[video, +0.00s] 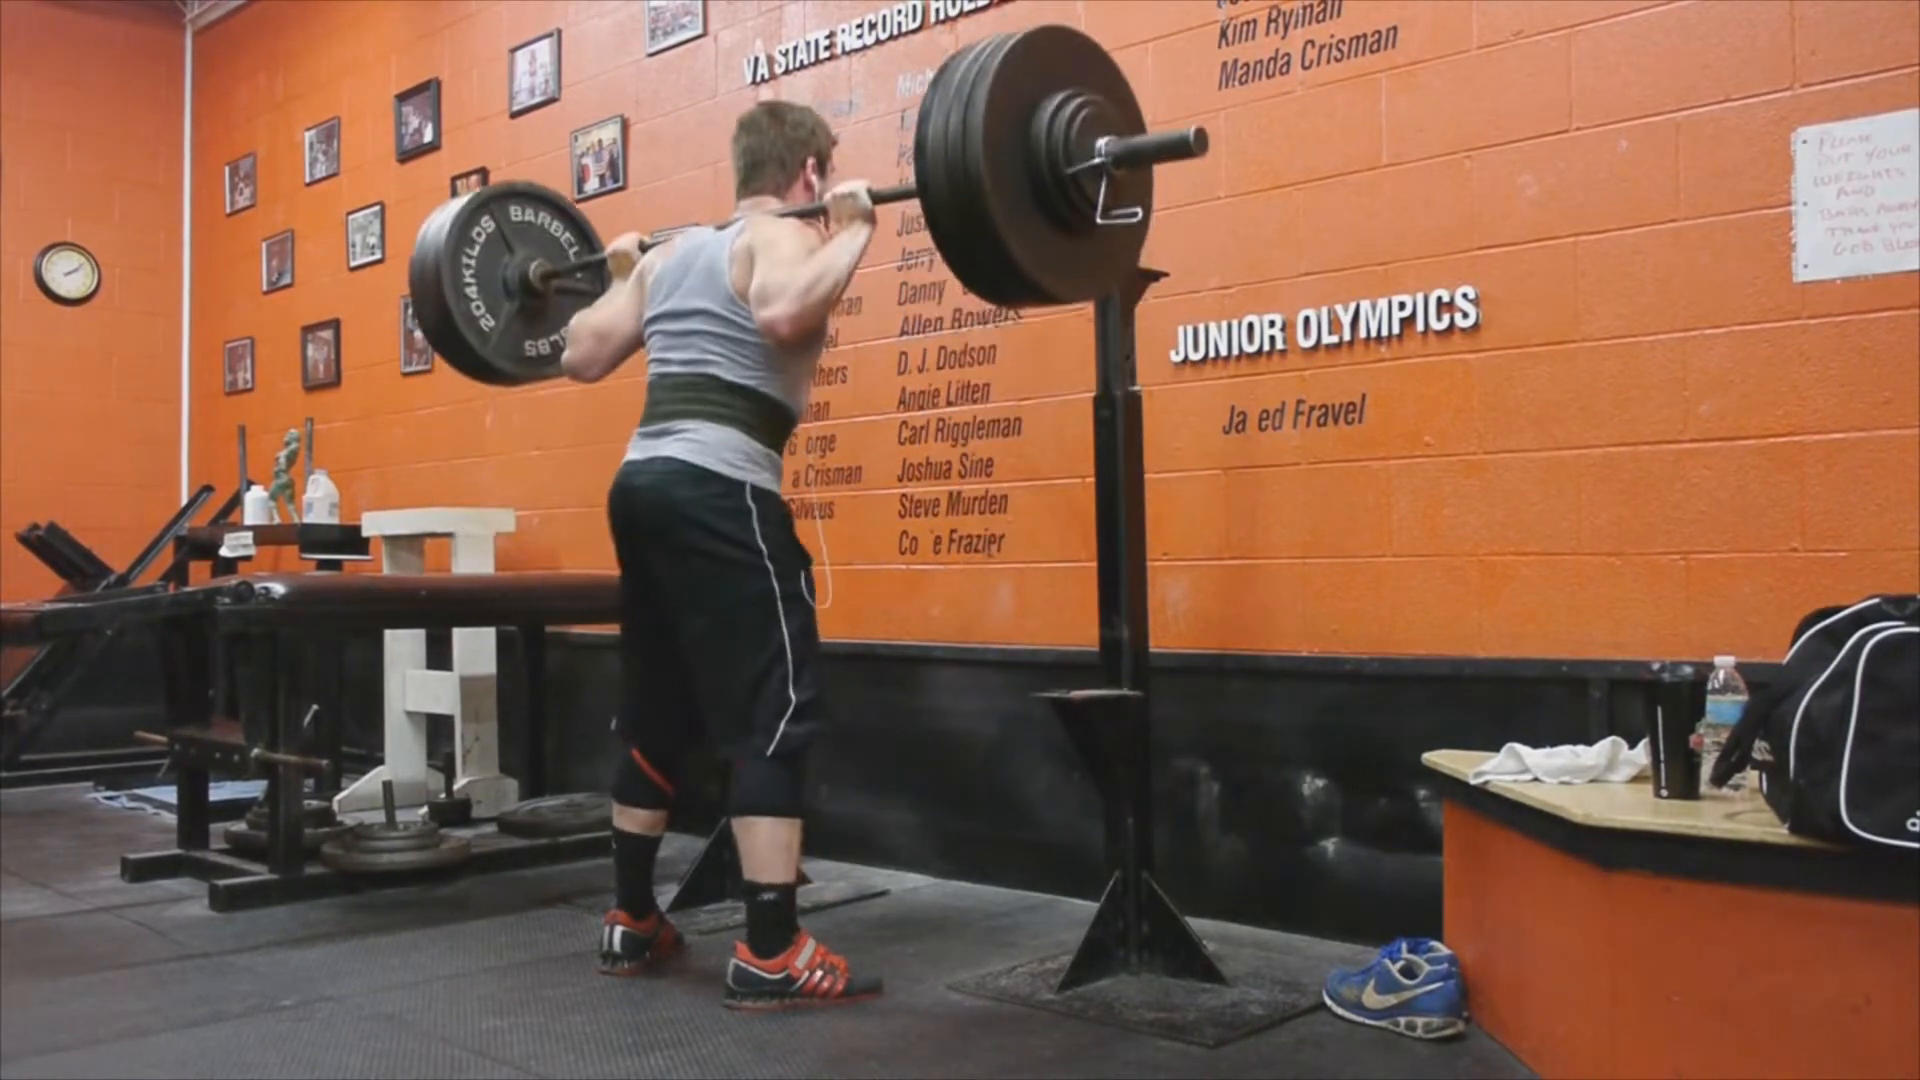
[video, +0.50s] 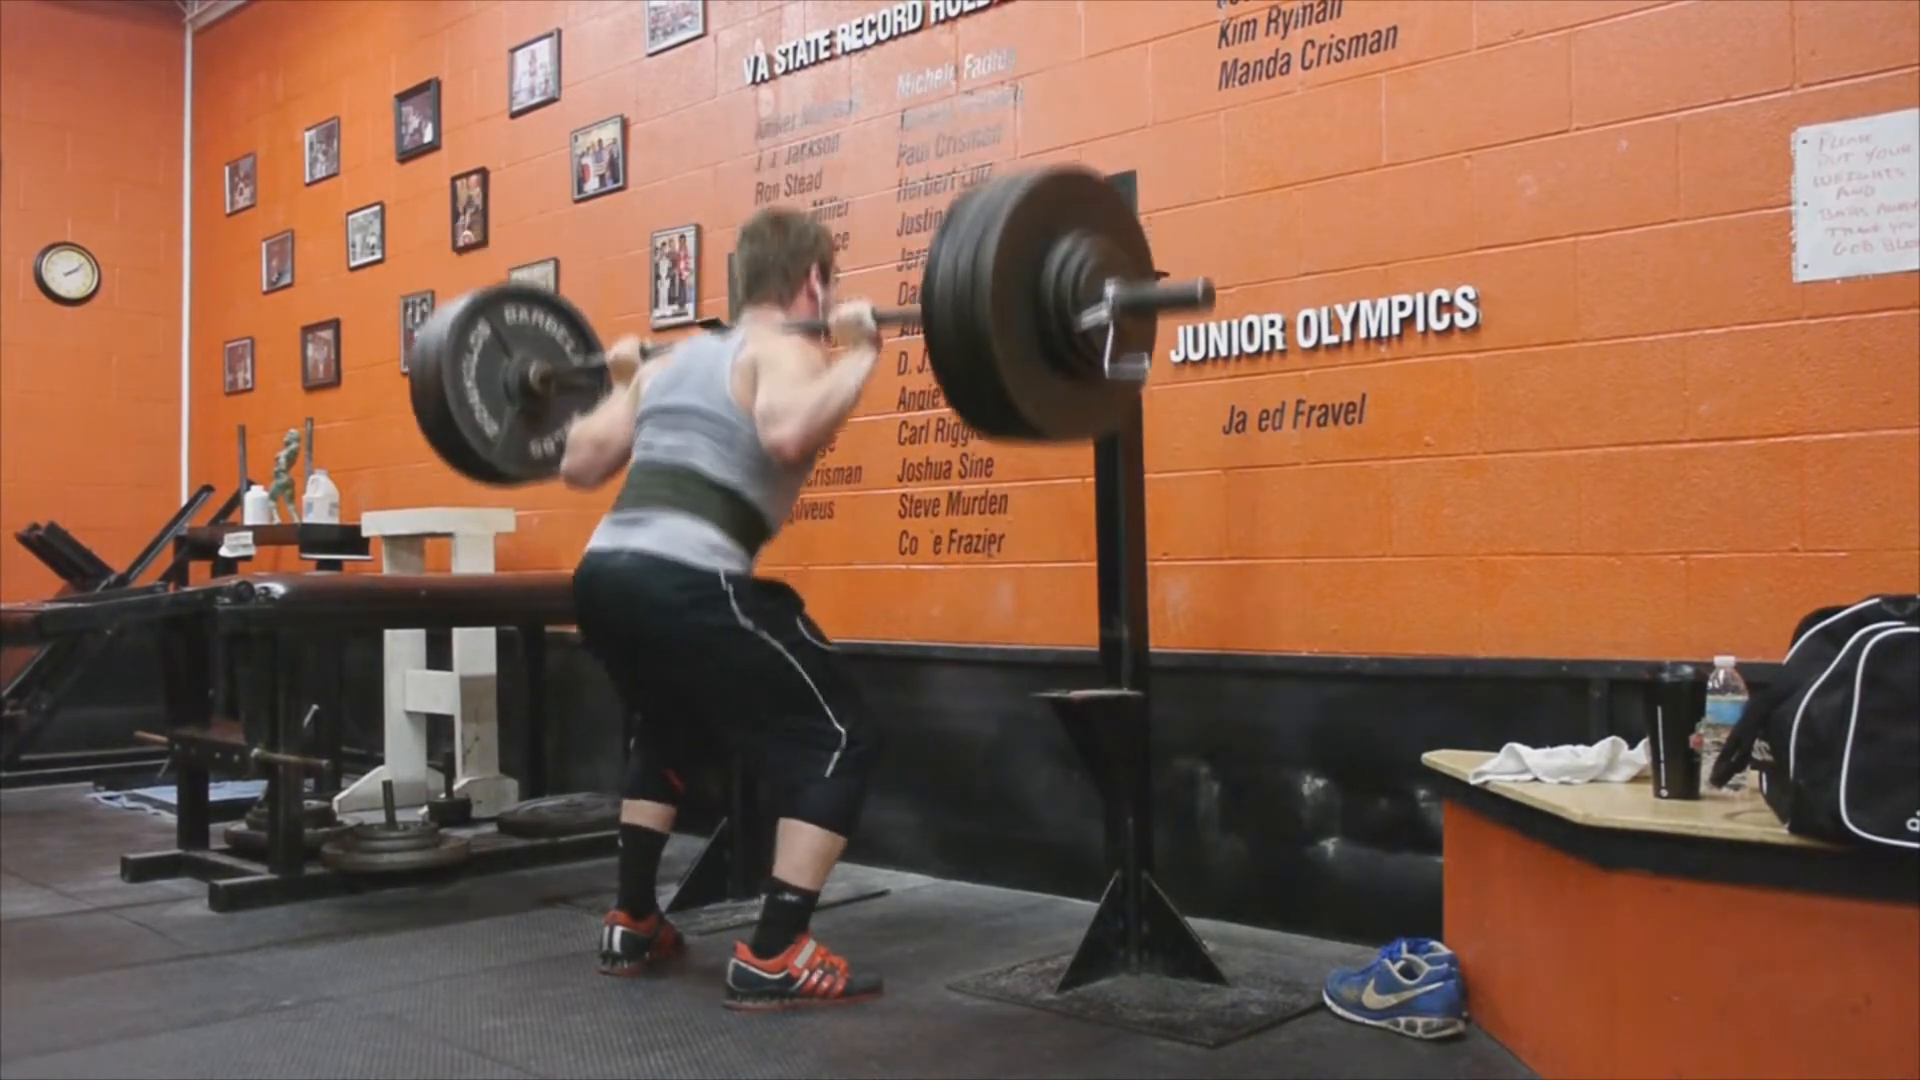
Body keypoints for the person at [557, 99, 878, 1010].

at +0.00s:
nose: (830, 188)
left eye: (828, 173)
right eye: (829, 174)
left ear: (742, 173)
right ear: (809, 170)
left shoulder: (671, 252)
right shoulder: (785, 233)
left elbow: (584, 355)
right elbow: (779, 312)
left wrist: (619, 271)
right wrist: (854, 230)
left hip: (645, 485)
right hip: (722, 489)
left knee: (658, 704)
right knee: (775, 708)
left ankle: (632, 919)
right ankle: (771, 945)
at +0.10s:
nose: (830, 189)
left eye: (828, 174)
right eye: (829, 175)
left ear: (742, 173)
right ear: (808, 171)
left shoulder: (670, 253)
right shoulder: (785, 233)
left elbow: (583, 356)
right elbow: (778, 314)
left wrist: (617, 272)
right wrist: (853, 231)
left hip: (648, 486)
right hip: (725, 490)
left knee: (662, 706)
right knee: (778, 708)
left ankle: (632, 918)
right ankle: (771, 945)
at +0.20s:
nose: (827, 202)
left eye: (825, 188)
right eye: (826, 189)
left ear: (741, 187)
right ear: (806, 185)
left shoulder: (669, 267)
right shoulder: (784, 247)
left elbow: (581, 368)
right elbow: (779, 327)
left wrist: (615, 287)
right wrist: (854, 249)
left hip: (634, 500)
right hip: (716, 505)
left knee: (661, 708)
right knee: (787, 712)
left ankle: (632, 917)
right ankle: (773, 945)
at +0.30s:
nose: (827, 230)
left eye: (825, 215)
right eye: (827, 216)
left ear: (744, 214)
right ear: (809, 212)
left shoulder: (670, 291)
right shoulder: (785, 276)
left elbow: (578, 392)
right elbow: (783, 355)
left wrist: (616, 309)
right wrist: (856, 276)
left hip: (620, 520)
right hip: (706, 524)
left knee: (656, 717)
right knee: (804, 719)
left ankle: (632, 920)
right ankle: (774, 946)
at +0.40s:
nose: (831, 259)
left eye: (829, 244)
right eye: (829, 245)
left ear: (745, 245)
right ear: (811, 243)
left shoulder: (675, 321)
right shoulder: (785, 307)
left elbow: (582, 426)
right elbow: (781, 389)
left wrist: (622, 346)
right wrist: (857, 310)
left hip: (614, 545)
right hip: (699, 550)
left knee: (666, 720)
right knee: (825, 725)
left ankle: (633, 919)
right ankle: (776, 946)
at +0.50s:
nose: (833, 294)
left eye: (830, 280)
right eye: (830, 281)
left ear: (743, 285)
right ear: (808, 283)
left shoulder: (676, 359)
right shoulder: (788, 347)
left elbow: (580, 463)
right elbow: (786, 434)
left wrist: (624, 381)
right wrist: (861, 351)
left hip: (605, 578)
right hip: (691, 585)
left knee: (662, 725)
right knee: (838, 734)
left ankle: (633, 920)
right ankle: (776, 947)